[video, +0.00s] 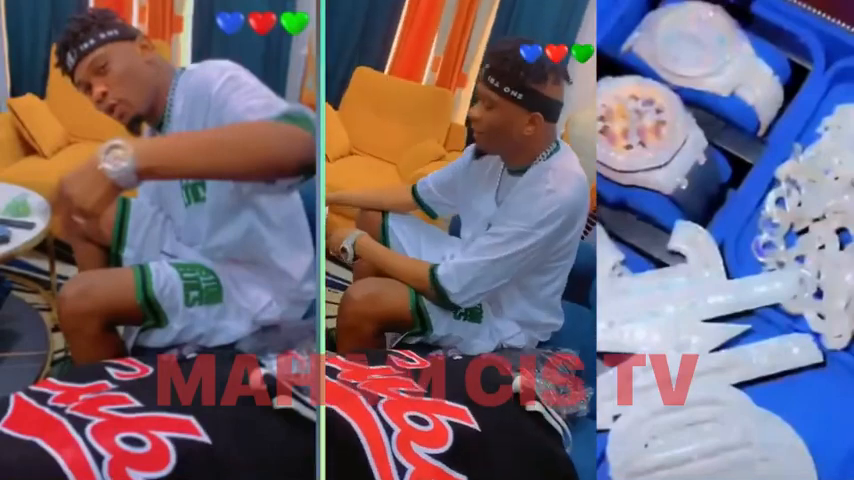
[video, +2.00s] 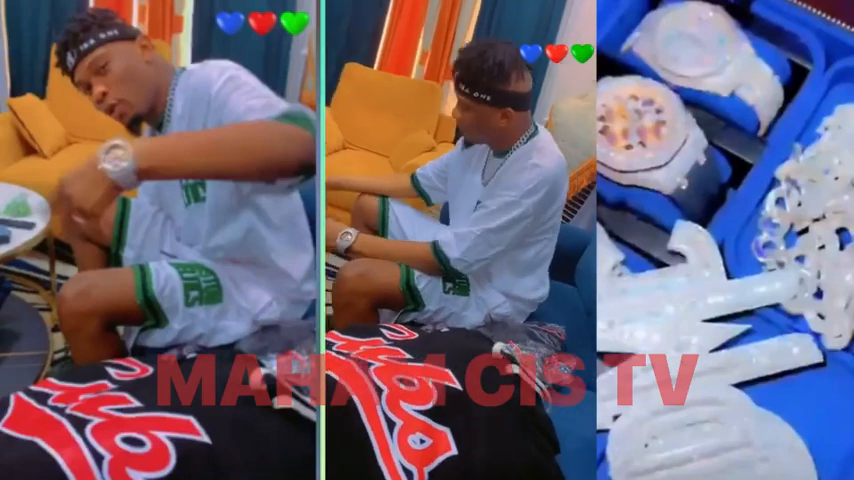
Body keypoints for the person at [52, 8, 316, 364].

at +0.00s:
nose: (98, 94)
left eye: (102, 70)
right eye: (87, 89)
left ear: (144, 48)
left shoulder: (213, 81)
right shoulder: (152, 133)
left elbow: (298, 146)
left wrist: (132, 160)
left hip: (260, 280)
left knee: (80, 300)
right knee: (85, 215)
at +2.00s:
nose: (97, 94)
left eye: (102, 70)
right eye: (87, 89)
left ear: (144, 48)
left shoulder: (214, 81)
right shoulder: (153, 135)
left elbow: (298, 145)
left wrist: (131, 161)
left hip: (261, 278)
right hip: (192, 252)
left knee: (80, 300)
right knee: (84, 215)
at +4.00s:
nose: (97, 94)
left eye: (102, 70)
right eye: (87, 89)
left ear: (145, 48)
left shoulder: (214, 81)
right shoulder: (153, 134)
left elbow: (298, 146)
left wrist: (131, 160)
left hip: (262, 279)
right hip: (192, 253)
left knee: (80, 300)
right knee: (83, 213)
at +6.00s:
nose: (97, 94)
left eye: (102, 70)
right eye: (87, 89)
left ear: (145, 48)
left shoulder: (213, 81)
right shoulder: (153, 134)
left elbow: (298, 146)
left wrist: (132, 160)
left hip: (261, 278)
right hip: (192, 252)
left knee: (80, 299)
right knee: (84, 214)